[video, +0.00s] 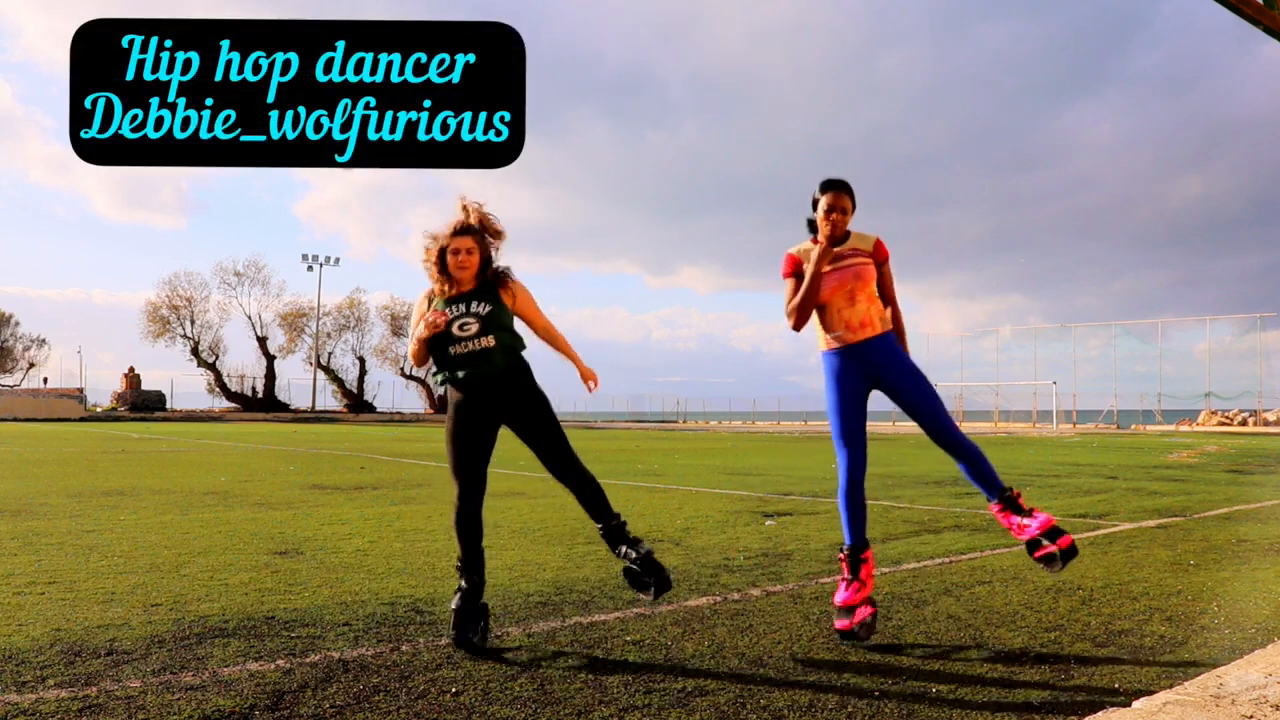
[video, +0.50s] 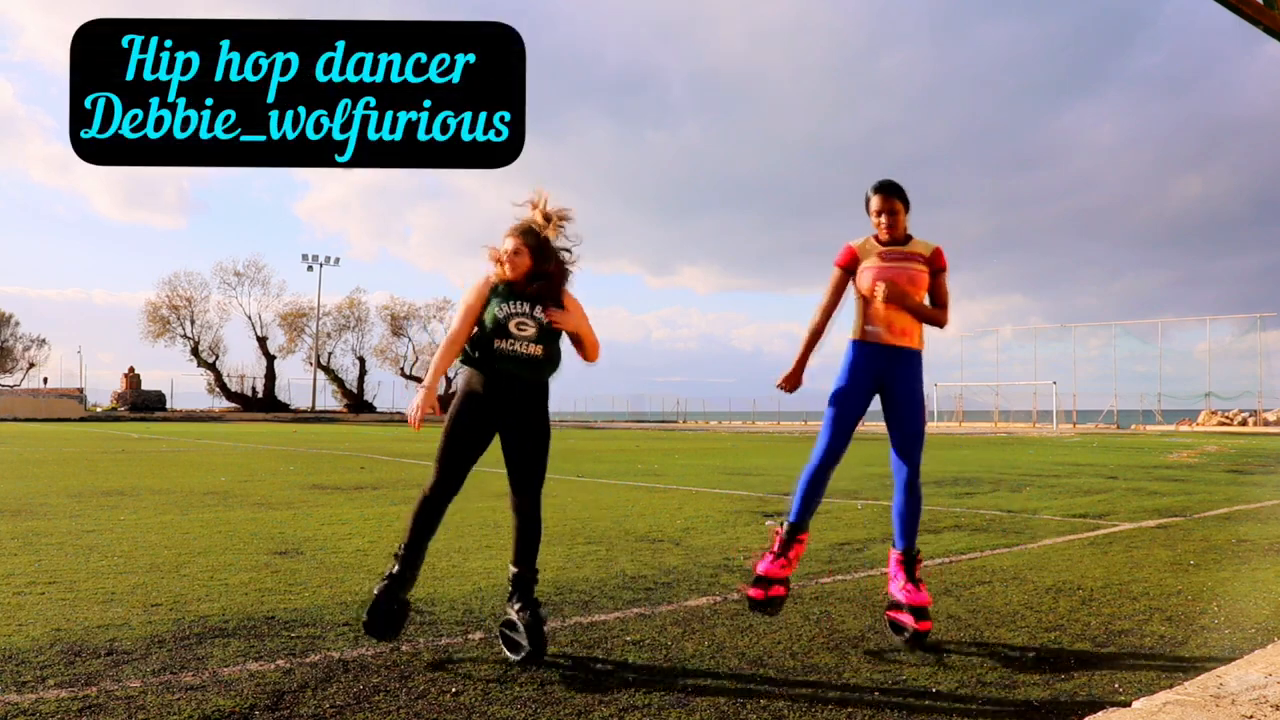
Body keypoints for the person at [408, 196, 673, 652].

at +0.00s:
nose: (461, 258)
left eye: (469, 251)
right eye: (454, 252)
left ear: (482, 257)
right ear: (443, 258)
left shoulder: (505, 289)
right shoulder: (429, 302)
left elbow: (542, 327)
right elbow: (417, 360)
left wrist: (578, 362)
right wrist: (423, 335)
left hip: (517, 390)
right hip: (468, 401)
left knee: (566, 466)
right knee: (467, 495)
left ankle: (623, 544)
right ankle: (470, 589)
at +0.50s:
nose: (504, 258)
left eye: (515, 254)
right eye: (503, 251)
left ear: (537, 261)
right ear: (500, 253)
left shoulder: (559, 301)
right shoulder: (487, 288)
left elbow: (590, 355)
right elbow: (454, 339)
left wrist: (579, 326)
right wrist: (428, 386)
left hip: (528, 404)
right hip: (478, 396)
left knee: (527, 502)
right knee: (441, 487)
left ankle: (523, 597)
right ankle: (399, 579)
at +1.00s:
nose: (551, 271)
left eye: (560, 265)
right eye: (547, 264)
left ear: (579, 274)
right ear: (540, 269)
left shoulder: (590, 323)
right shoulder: (516, 303)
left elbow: (611, 372)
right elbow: (477, 347)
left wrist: (609, 378)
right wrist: (453, 387)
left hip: (546, 420)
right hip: (496, 407)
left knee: (548, 509)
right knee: (440, 482)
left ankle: (543, 601)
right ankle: (373, 568)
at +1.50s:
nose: (498, 275)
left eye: (506, 268)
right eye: (491, 268)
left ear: (517, 274)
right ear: (477, 272)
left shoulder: (533, 315)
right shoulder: (457, 315)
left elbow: (563, 366)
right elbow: (427, 372)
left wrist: (591, 411)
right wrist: (449, 339)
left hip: (534, 419)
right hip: (483, 426)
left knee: (582, 499)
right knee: (491, 518)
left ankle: (620, 578)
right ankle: (496, 611)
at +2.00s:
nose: (486, 282)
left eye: (492, 276)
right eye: (478, 276)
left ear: (500, 280)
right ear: (462, 282)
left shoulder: (519, 321)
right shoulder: (444, 329)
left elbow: (547, 373)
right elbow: (434, 397)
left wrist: (572, 422)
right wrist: (445, 374)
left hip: (524, 421)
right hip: (476, 429)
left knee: (572, 498)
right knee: (487, 518)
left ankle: (609, 578)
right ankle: (493, 608)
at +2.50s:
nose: (532, 286)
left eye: (540, 279)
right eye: (524, 278)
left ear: (552, 284)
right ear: (513, 282)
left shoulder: (562, 325)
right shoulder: (493, 314)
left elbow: (573, 381)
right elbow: (460, 365)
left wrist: (576, 366)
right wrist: (436, 416)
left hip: (529, 428)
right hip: (482, 420)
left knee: (524, 516)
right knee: (440, 499)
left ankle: (507, 604)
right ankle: (386, 591)